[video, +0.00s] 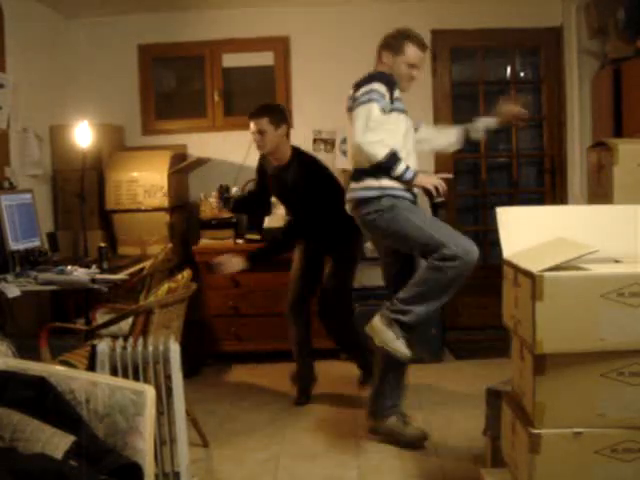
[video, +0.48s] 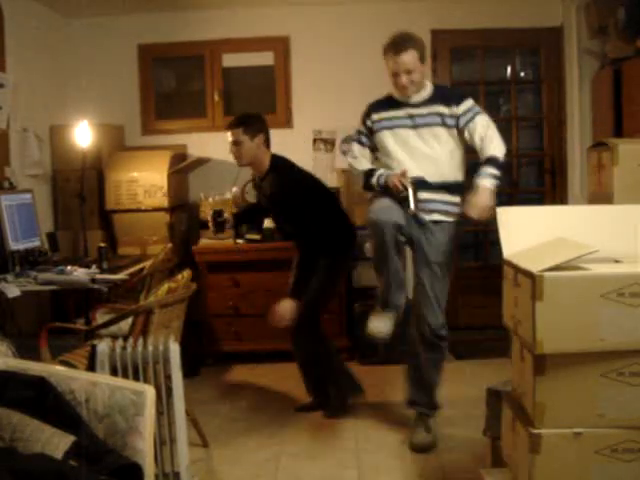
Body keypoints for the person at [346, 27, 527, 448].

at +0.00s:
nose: (416, 75)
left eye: (420, 68)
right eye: (411, 65)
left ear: (411, 67)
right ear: (386, 59)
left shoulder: (397, 107)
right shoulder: (375, 87)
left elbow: (433, 139)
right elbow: (366, 142)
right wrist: (412, 175)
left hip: (393, 201)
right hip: (377, 199)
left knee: (403, 305)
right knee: (461, 253)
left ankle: (385, 413)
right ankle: (392, 319)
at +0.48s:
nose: (403, 80)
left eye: (410, 71)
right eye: (395, 73)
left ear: (426, 67)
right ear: (386, 72)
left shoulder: (455, 104)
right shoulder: (376, 113)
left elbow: (492, 142)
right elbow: (354, 154)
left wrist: (485, 185)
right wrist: (381, 178)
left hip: (440, 213)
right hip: (397, 207)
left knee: (430, 322)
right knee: (382, 215)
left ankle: (424, 411)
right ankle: (390, 303)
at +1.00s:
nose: (414, 102)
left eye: (416, 94)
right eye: (411, 96)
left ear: (438, 82)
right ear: (424, 91)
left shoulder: (472, 113)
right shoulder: (443, 114)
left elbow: (417, 115)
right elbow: (448, 169)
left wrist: (350, 110)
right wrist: (418, 163)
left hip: (449, 224)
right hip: (420, 210)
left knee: (432, 321)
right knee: (360, 193)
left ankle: (450, 410)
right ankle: (337, 283)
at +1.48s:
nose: (432, 99)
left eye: (432, 92)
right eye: (431, 93)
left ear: (444, 83)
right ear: (462, 79)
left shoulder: (451, 111)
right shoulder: (509, 111)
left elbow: (395, 131)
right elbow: (520, 164)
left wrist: (353, 133)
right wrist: (482, 172)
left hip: (474, 224)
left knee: (461, 311)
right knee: (383, 208)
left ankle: (488, 395)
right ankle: (333, 273)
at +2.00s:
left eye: (465, 100)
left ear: (466, 98)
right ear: (502, 98)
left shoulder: (444, 125)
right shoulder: (517, 121)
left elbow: (446, 167)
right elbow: (557, 166)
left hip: (467, 239)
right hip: (513, 233)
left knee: (471, 313)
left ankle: (498, 387)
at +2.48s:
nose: (512, 100)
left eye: (514, 94)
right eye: (509, 93)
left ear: (492, 87)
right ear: (489, 85)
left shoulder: (484, 110)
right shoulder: (456, 105)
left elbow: (523, 114)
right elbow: (441, 142)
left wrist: (568, 104)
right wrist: (490, 153)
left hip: (449, 205)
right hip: (459, 199)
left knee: (465, 296)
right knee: (531, 207)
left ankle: (473, 390)